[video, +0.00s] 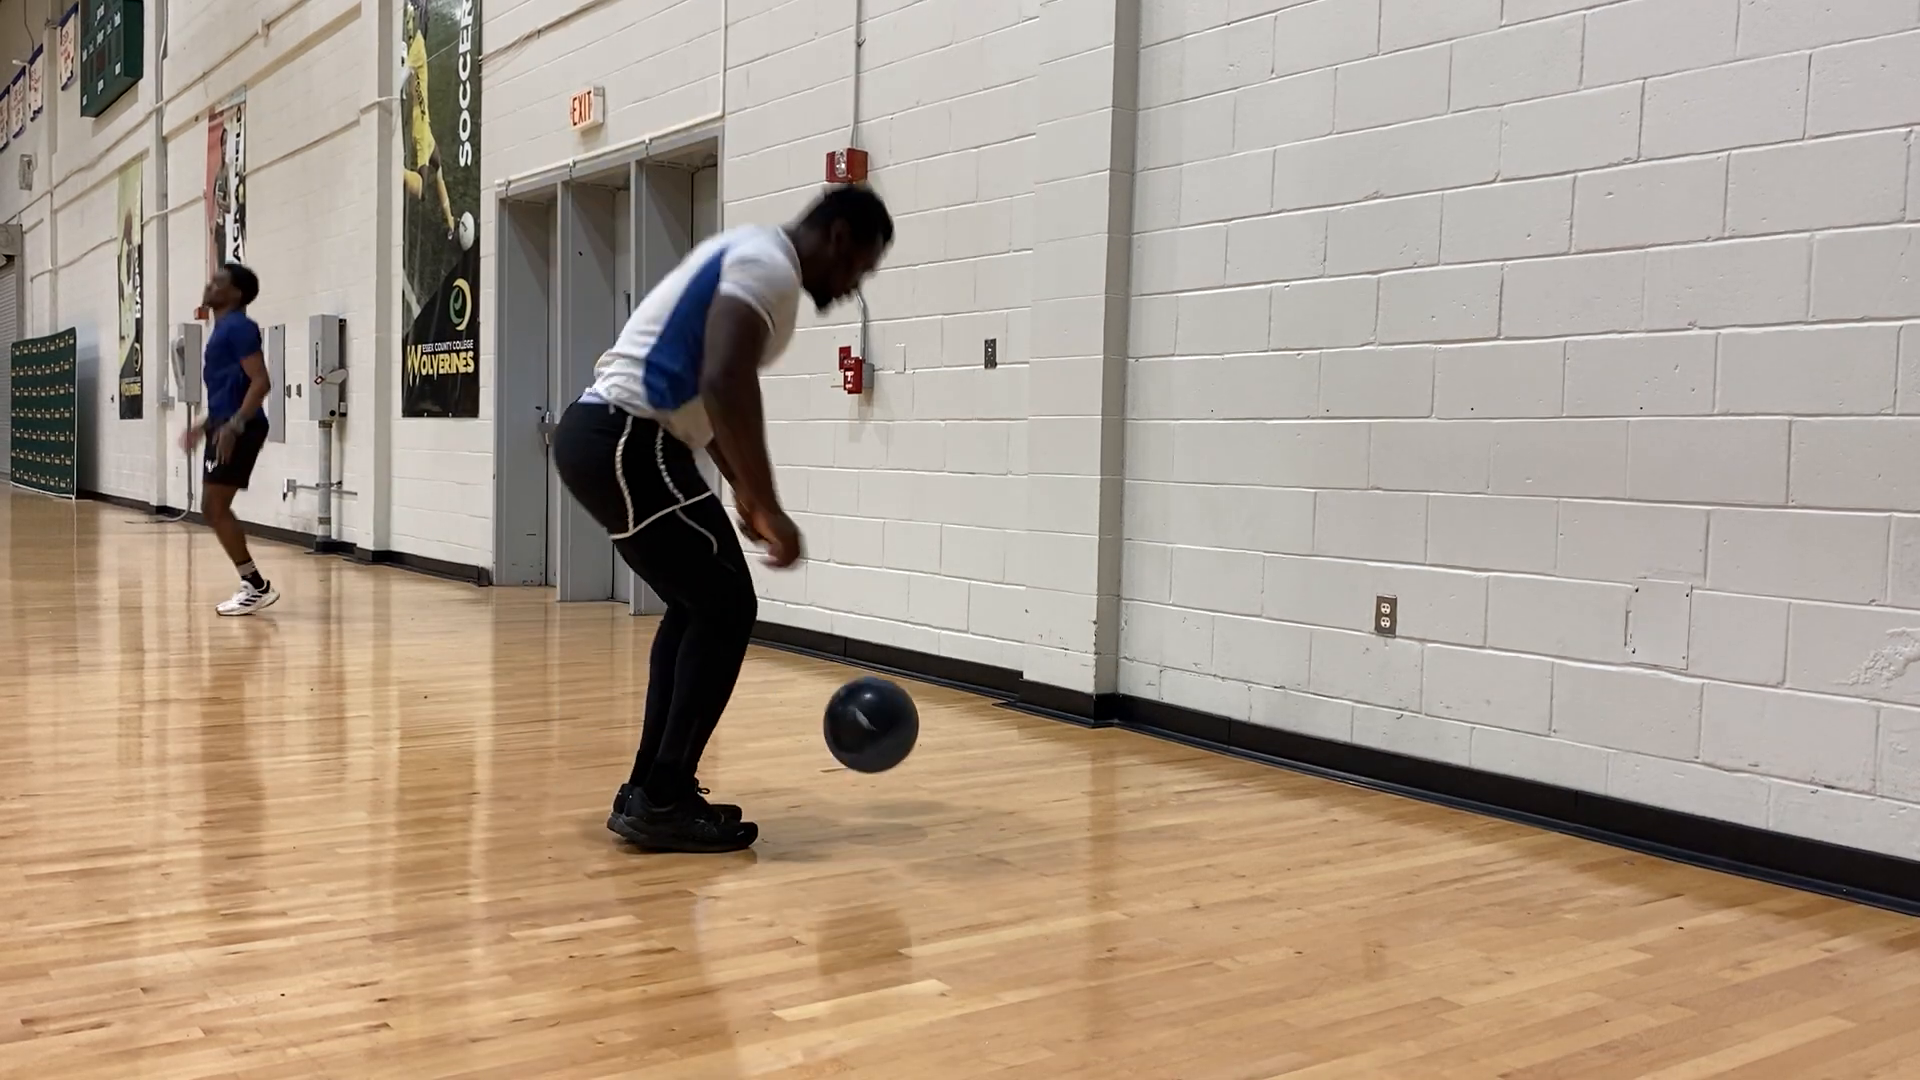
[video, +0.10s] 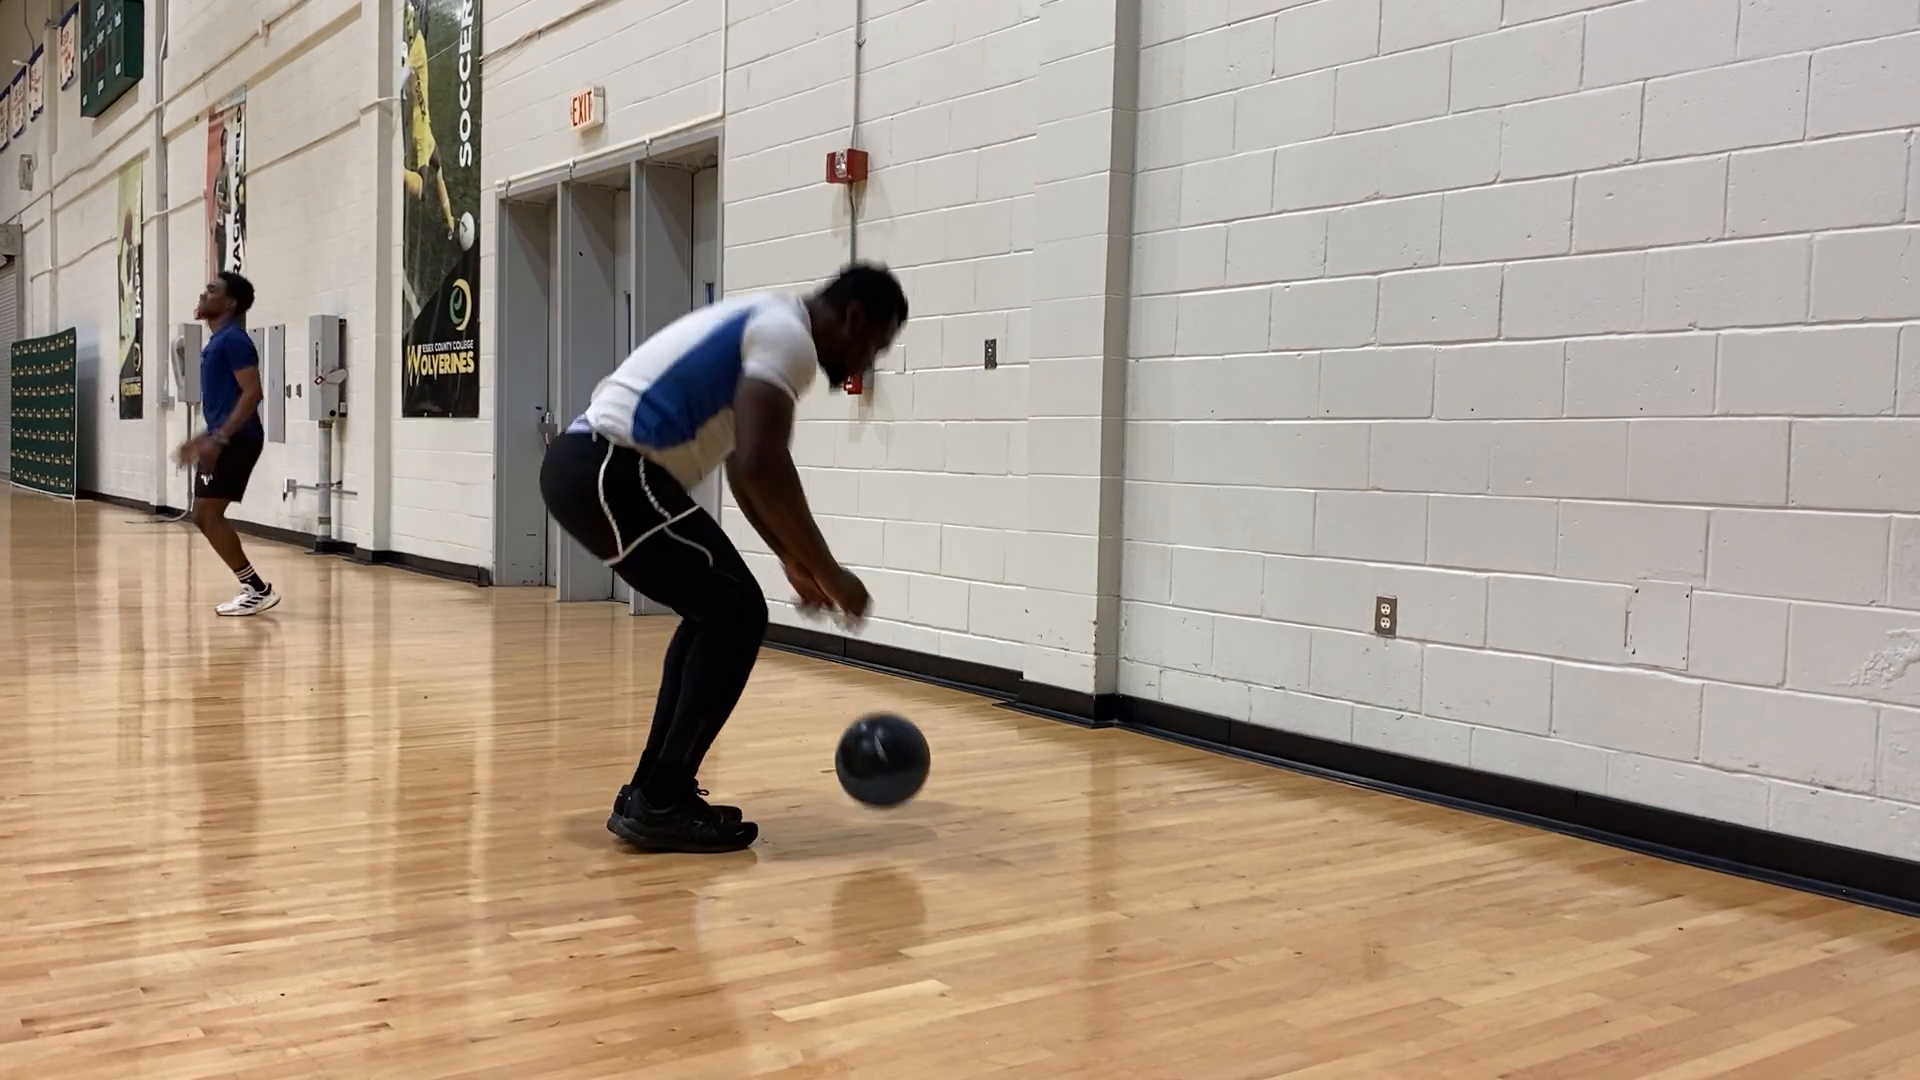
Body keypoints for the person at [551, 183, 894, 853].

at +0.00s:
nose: (858, 283)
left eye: (868, 271)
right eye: (863, 264)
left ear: (825, 229)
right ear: (835, 235)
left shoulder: (748, 252)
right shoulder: (767, 261)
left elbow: (705, 397)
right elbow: (725, 376)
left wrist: (745, 491)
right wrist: (765, 500)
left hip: (607, 433)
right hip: (633, 440)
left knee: (695, 605)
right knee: (727, 608)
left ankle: (650, 789)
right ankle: (666, 798)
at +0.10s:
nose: (870, 364)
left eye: (879, 350)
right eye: (875, 345)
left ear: (840, 309)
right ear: (851, 316)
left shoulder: (768, 320)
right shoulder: (784, 331)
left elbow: (745, 473)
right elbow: (761, 461)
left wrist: (794, 562)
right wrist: (827, 567)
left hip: (595, 463)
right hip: (613, 468)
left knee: (716, 609)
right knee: (739, 611)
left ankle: (653, 790)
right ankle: (663, 800)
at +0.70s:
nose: (848, 434)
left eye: (848, 419)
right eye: (842, 418)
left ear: (794, 410)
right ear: (802, 412)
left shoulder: (744, 462)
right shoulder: (776, 480)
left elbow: (802, 615)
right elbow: (810, 612)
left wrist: (876, 673)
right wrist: (903, 668)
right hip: (740, 684)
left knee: (900, 733)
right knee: (909, 762)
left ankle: (722, 765)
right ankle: (722, 777)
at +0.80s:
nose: (853, 423)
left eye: (854, 409)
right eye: (848, 407)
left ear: (799, 399)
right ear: (810, 401)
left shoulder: (744, 454)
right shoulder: (796, 468)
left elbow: (784, 603)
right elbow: (800, 605)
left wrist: (860, 653)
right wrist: (876, 680)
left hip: (743, 682)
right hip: (782, 690)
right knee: (928, 801)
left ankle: (735, 766)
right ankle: (738, 775)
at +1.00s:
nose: (907, 409)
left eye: (904, 394)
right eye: (899, 393)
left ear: (854, 397)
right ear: (864, 398)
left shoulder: (783, 467)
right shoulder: (855, 480)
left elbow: (801, 592)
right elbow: (881, 618)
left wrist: (876, 654)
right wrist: (943, 709)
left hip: (780, 684)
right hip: (819, 690)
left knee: (922, 791)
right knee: (938, 826)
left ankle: (750, 755)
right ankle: (761, 776)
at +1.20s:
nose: (964, 419)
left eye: (964, 405)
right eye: (959, 403)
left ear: (910, 399)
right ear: (927, 400)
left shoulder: (848, 453)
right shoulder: (910, 471)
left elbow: (866, 595)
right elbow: (932, 611)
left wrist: (937, 658)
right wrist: (978, 695)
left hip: (807, 661)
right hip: (840, 671)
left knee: (925, 796)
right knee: (944, 823)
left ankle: (761, 754)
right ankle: (768, 764)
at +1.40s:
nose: (996, 436)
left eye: (999, 422)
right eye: (995, 419)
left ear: (942, 406)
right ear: (964, 409)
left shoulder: (895, 452)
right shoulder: (935, 460)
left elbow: (909, 602)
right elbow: (946, 584)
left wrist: (969, 675)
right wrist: (992, 688)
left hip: (833, 649)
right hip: (857, 654)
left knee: (932, 791)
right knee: (944, 820)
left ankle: (766, 748)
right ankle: (769, 762)